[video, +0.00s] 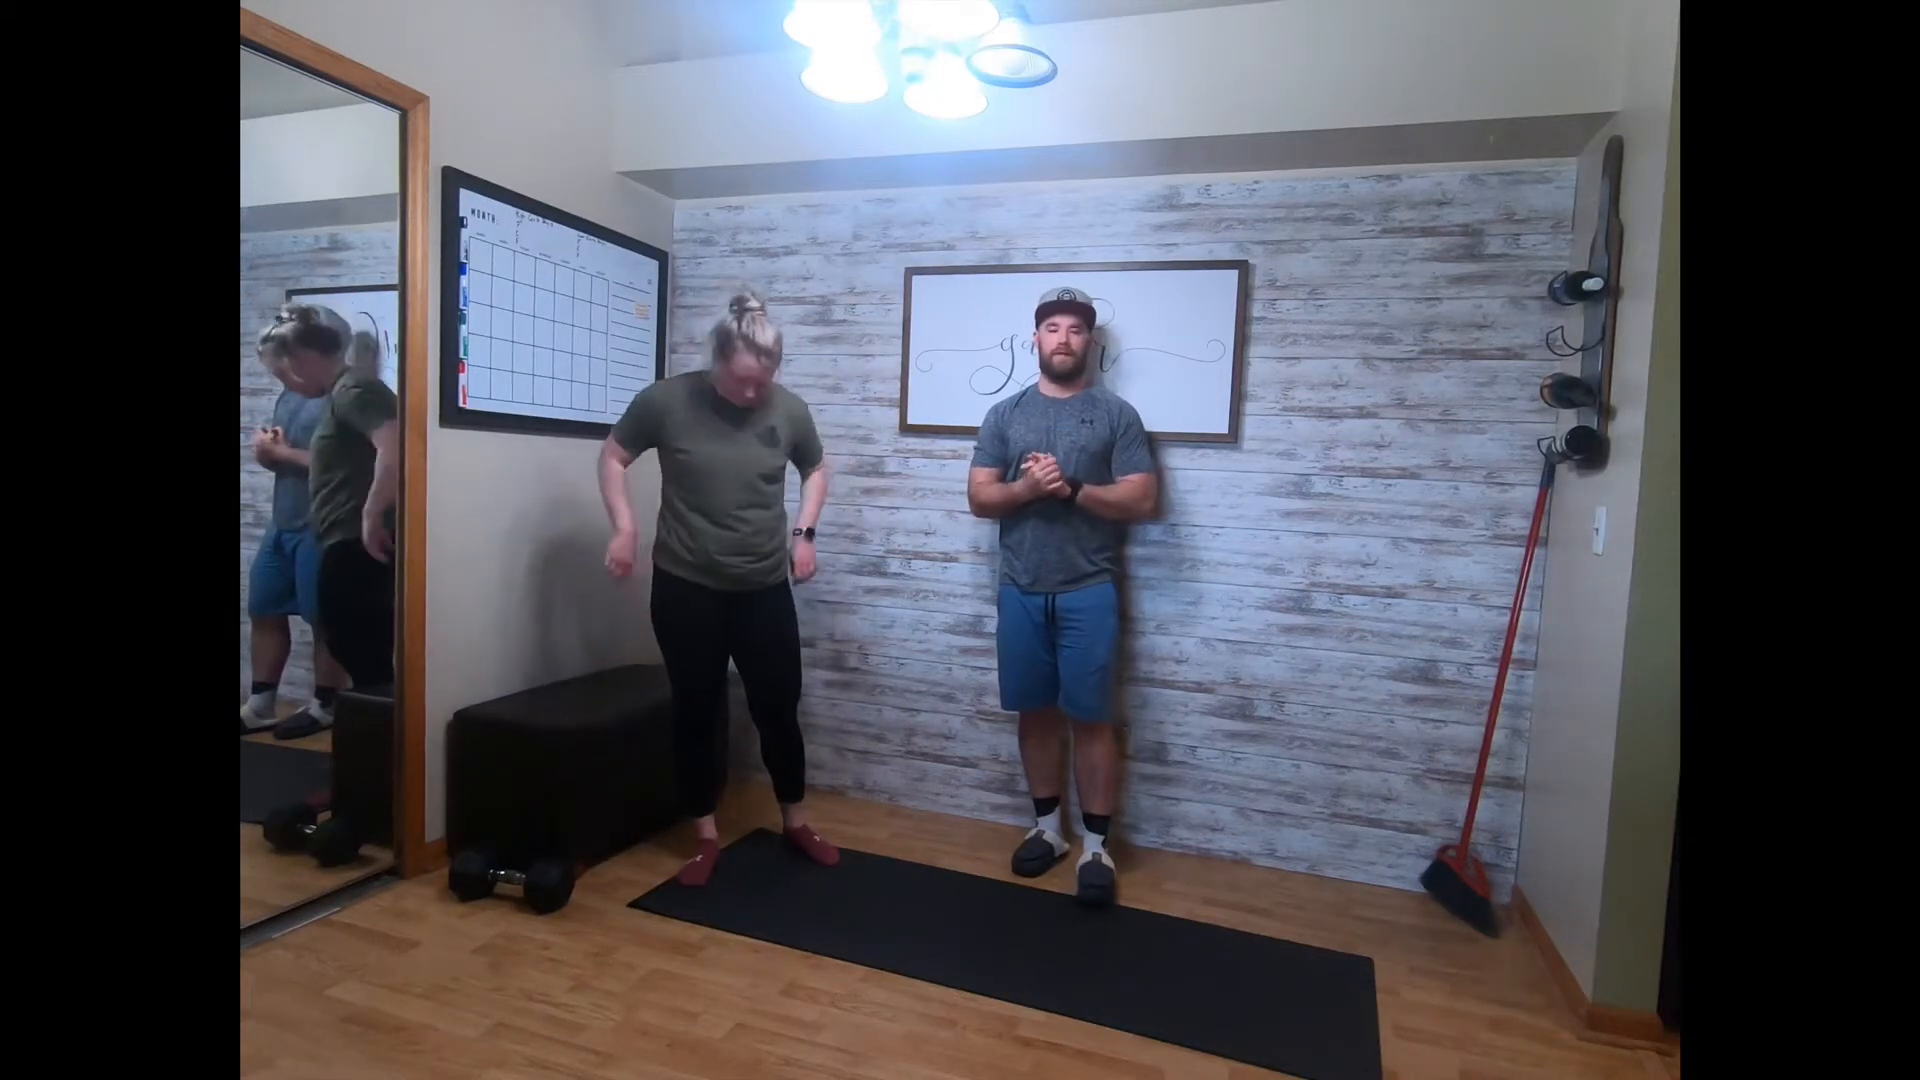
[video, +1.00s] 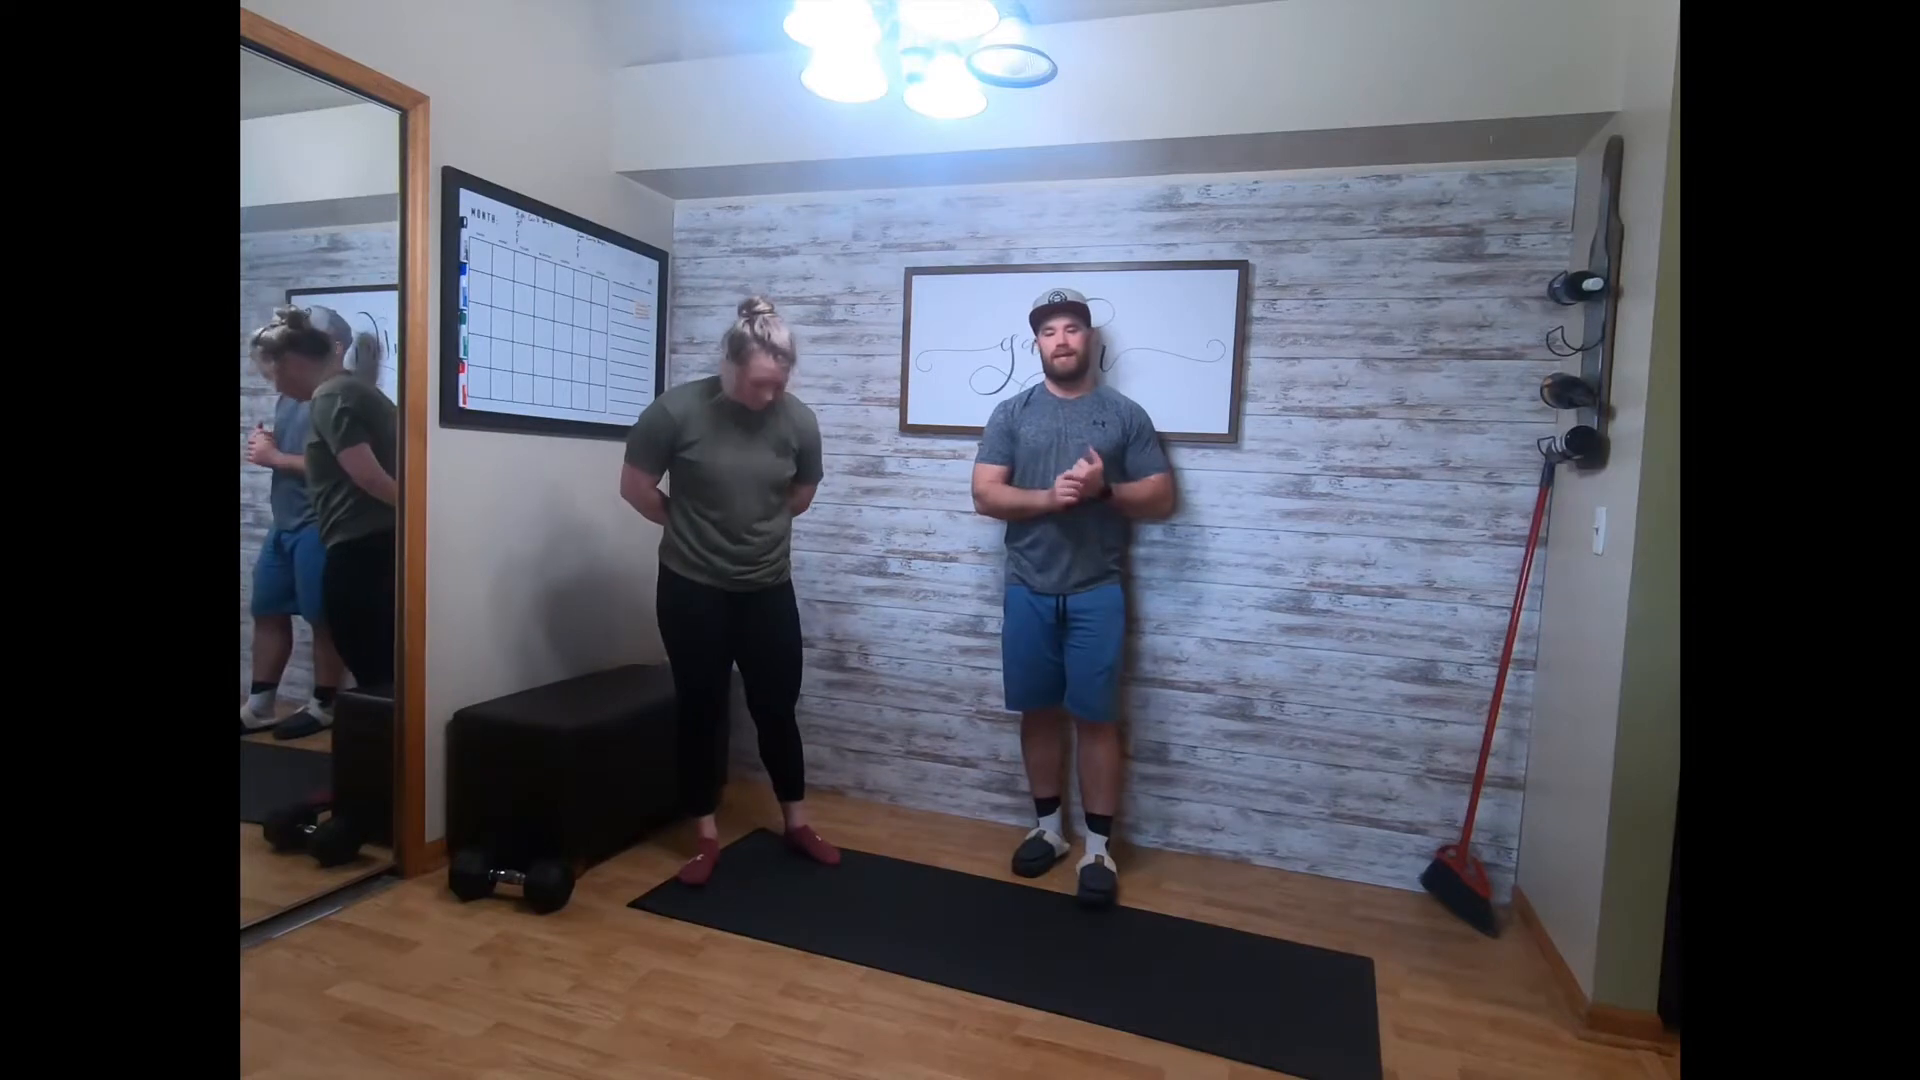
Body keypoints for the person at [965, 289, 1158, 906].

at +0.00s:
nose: (1063, 338)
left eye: (1075, 330)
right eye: (1052, 328)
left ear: (1091, 343)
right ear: (1036, 340)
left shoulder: (1115, 414)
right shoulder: (1004, 415)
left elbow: (1143, 500)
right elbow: (980, 498)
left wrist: (1071, 489)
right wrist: (1025, 488)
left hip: (1089, 584)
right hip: (1020, 585)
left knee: (1090, 714)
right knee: (1034, 710)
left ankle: (1096, 848)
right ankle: (1048, 830)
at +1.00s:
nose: (1062, 339)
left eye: (1072, 329)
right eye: (1050, 332)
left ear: (1091, 340)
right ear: (1037, 345)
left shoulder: (1123, 414)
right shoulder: (1012, 413)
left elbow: (1161, 498)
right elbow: (986, 494)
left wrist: (1107, 490)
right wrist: (1049, 497)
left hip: (1097, 584)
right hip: (1028, 584)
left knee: (1095, 714)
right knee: (1038, 709)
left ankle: (1097, 849)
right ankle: (1048, 831)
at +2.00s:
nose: (1060, 339)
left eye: (1070, 329)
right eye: (1048, 332)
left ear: (1089, 339)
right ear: (1035, 346)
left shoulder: (1124, 413)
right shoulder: (1013, 415)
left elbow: (1158, 500)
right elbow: (988, 498)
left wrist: (1100, 479)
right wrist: (1048, 487)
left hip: (1101, 584)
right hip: (1031, 584)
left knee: (1097, 714)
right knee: (1040, 709)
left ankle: (1098, 850)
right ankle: (1049, 830)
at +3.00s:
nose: (1063, 337)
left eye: (1073, 328)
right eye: (1051, 331)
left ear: (1092, 338)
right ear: (1037, 345)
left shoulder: (1126, 415)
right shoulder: (1016, 416)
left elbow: (1164, 499)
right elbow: (991, 498)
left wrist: (1107, 484)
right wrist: (1049, 492)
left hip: (1102, 584)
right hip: (1032, 584)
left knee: (1097, 714)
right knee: (1040, 709)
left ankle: (1098, 850)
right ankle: (1048, 831)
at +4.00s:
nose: (1064, 335)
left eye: (1075, 326)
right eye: (1052, 329)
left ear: (1094, 338)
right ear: (1039, 343)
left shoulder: (1127, 414)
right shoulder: (1015, 417)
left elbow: (1163, 499)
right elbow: (987, 497)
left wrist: (1104, 488)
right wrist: (1042, 503)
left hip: (1102, 585)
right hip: (1033, 585)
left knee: (1098, 716)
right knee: (1041, 711)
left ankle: (1098, 850)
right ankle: (1049, 831)